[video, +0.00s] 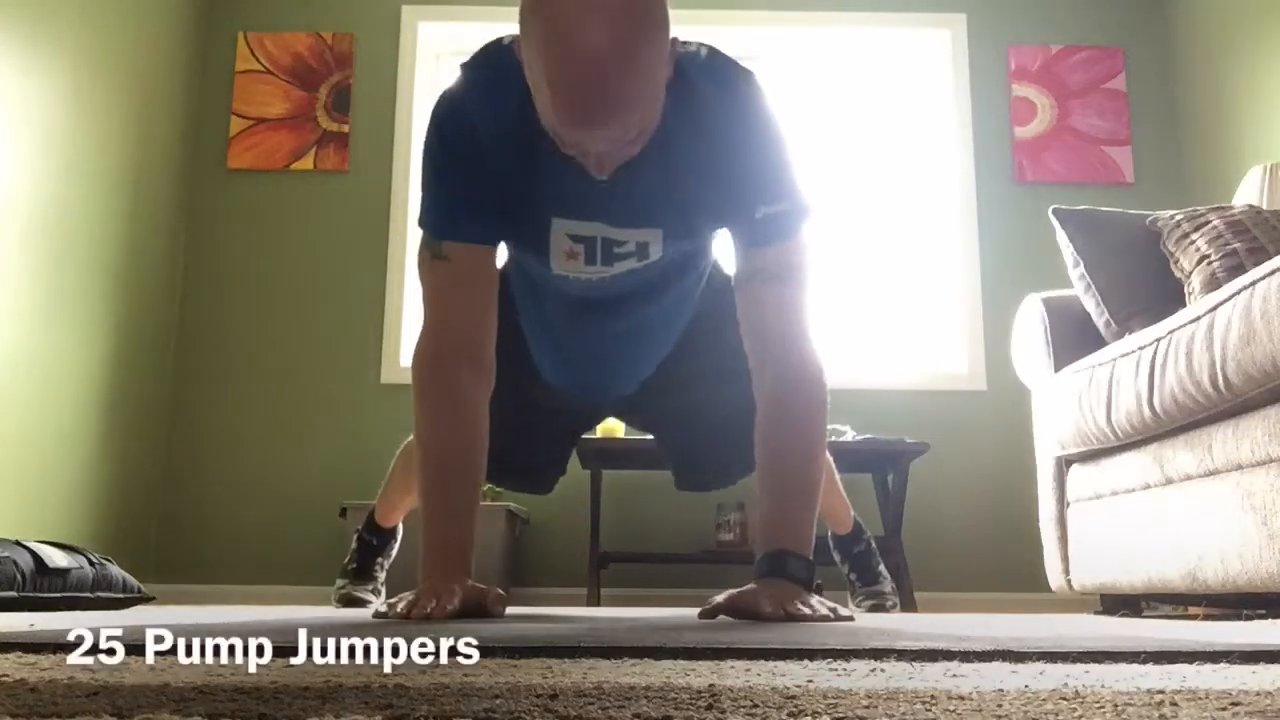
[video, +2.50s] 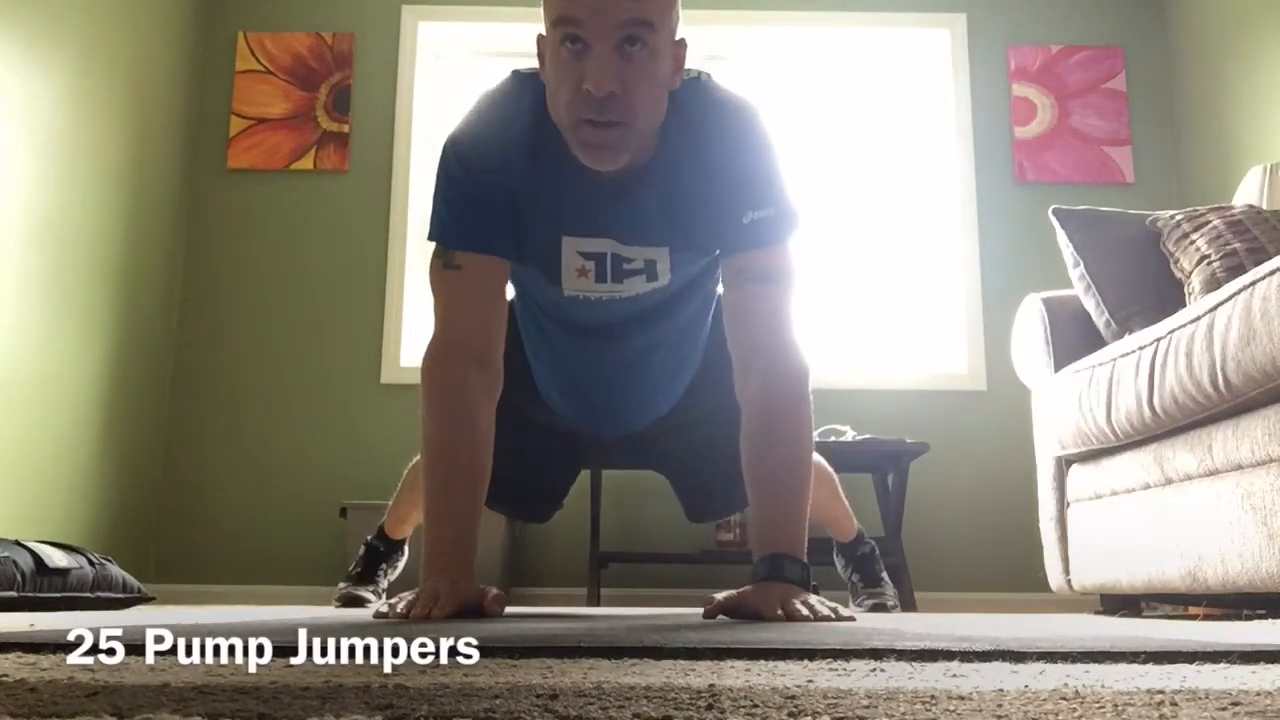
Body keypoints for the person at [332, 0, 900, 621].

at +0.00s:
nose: (600, 166)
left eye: (626, 142)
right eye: (574, 145)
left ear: (668, 65)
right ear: (526, 71)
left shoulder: (726, 103)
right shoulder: (475, 115)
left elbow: (784, 353)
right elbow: (453, 356)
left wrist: (785, 573)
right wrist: (444, 582)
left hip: (681, 315)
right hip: (536, 317)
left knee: (788, 431)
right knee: (444, 442)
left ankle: (854, 547)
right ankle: (375, 533)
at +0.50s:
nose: (613, 216)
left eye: (636, 200)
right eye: (589, 200)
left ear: (686, 115)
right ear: (546, 119)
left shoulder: (744, 122)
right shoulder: (489, 120)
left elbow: (789, 358)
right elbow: (461, 351)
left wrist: (786, 575)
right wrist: (445, 584)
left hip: (685, 336)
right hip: (534, 337)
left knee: (787, 442)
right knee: (445, 453)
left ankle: (848, 544)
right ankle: (375, 521)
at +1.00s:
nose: (605, 283)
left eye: (631, 269)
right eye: (584, 267)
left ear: (672, 167)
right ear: (536, 176)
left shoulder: (731, 154)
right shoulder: (482, 145)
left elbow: (768, 369)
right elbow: (459, 361)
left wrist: (776, 571)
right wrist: (448, 578)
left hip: (671, 330)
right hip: (529, 338)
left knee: (771, 439)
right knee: (449, 452)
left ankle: (854, 549)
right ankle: (374, 534)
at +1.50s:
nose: (604, 132)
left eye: (635, 93)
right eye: (578, 93)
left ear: (678, 73)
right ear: (541, 72)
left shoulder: (734, 118)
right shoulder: (491, 122)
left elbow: (778, 362)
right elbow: (459, 356)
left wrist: (779, 574)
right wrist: (444, 580)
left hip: (692, 349)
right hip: (542, 345)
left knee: (788, 455)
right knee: (449, 446)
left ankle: (858, 554)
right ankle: (382, 550)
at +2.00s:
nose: (609, 113)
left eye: (643, 71)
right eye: (579, 70)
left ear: (685, 63)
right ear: (544, 63)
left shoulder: (733, 118)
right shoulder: (493, 117)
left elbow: (780, 358)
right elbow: (459, 352)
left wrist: (783, 574)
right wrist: (445, 582)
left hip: (687, 356)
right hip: (532, 355)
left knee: (786, 454)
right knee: (445, 455)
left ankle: (859, 558)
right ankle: (377, 545)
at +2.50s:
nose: (598, 81)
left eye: (632, 45)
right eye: (575, 46)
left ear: (676, 58)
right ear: (543, 54)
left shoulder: (728, 136)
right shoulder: (490, 142)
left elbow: (770, 359)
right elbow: (462, 360)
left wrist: (782, 575)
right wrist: (446, 582)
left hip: (691, 384)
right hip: (538, 384)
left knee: (787, 470)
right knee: (448, 467)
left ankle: (860, 557)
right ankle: (382, 553)